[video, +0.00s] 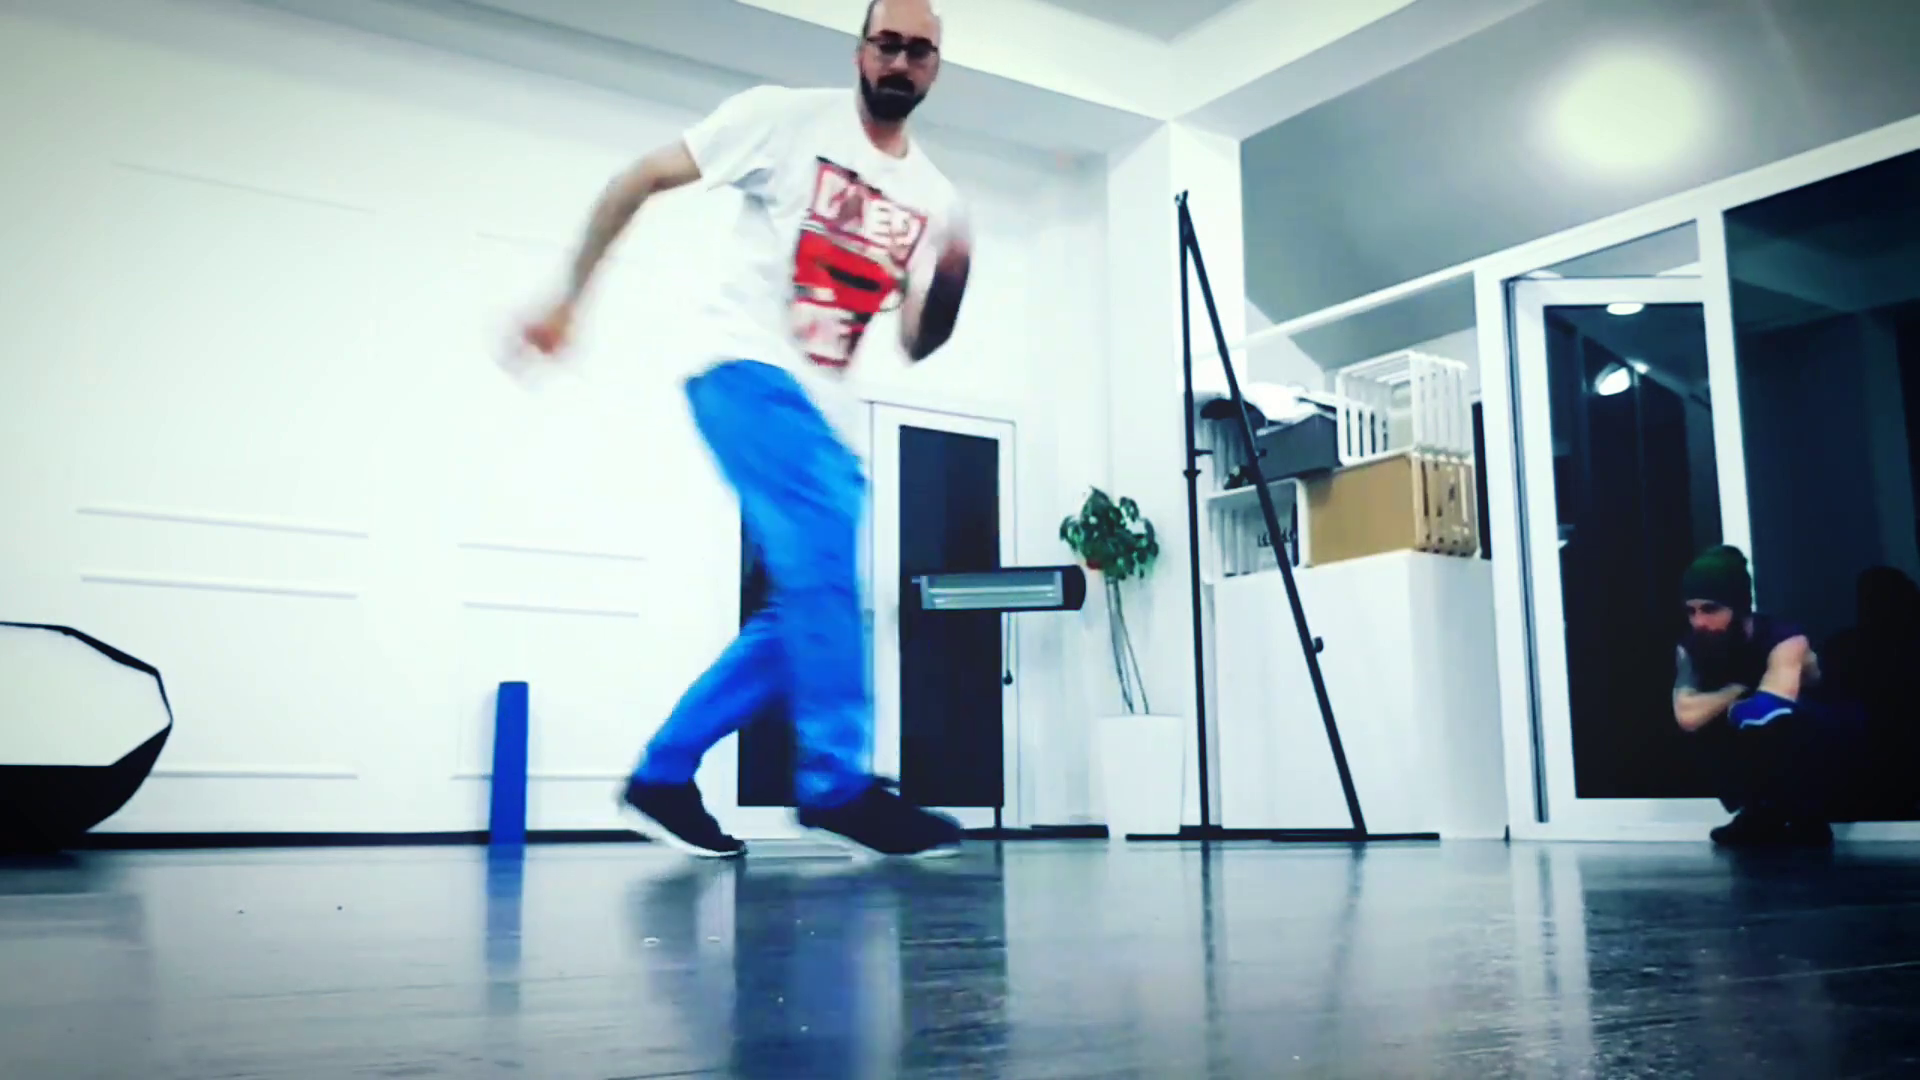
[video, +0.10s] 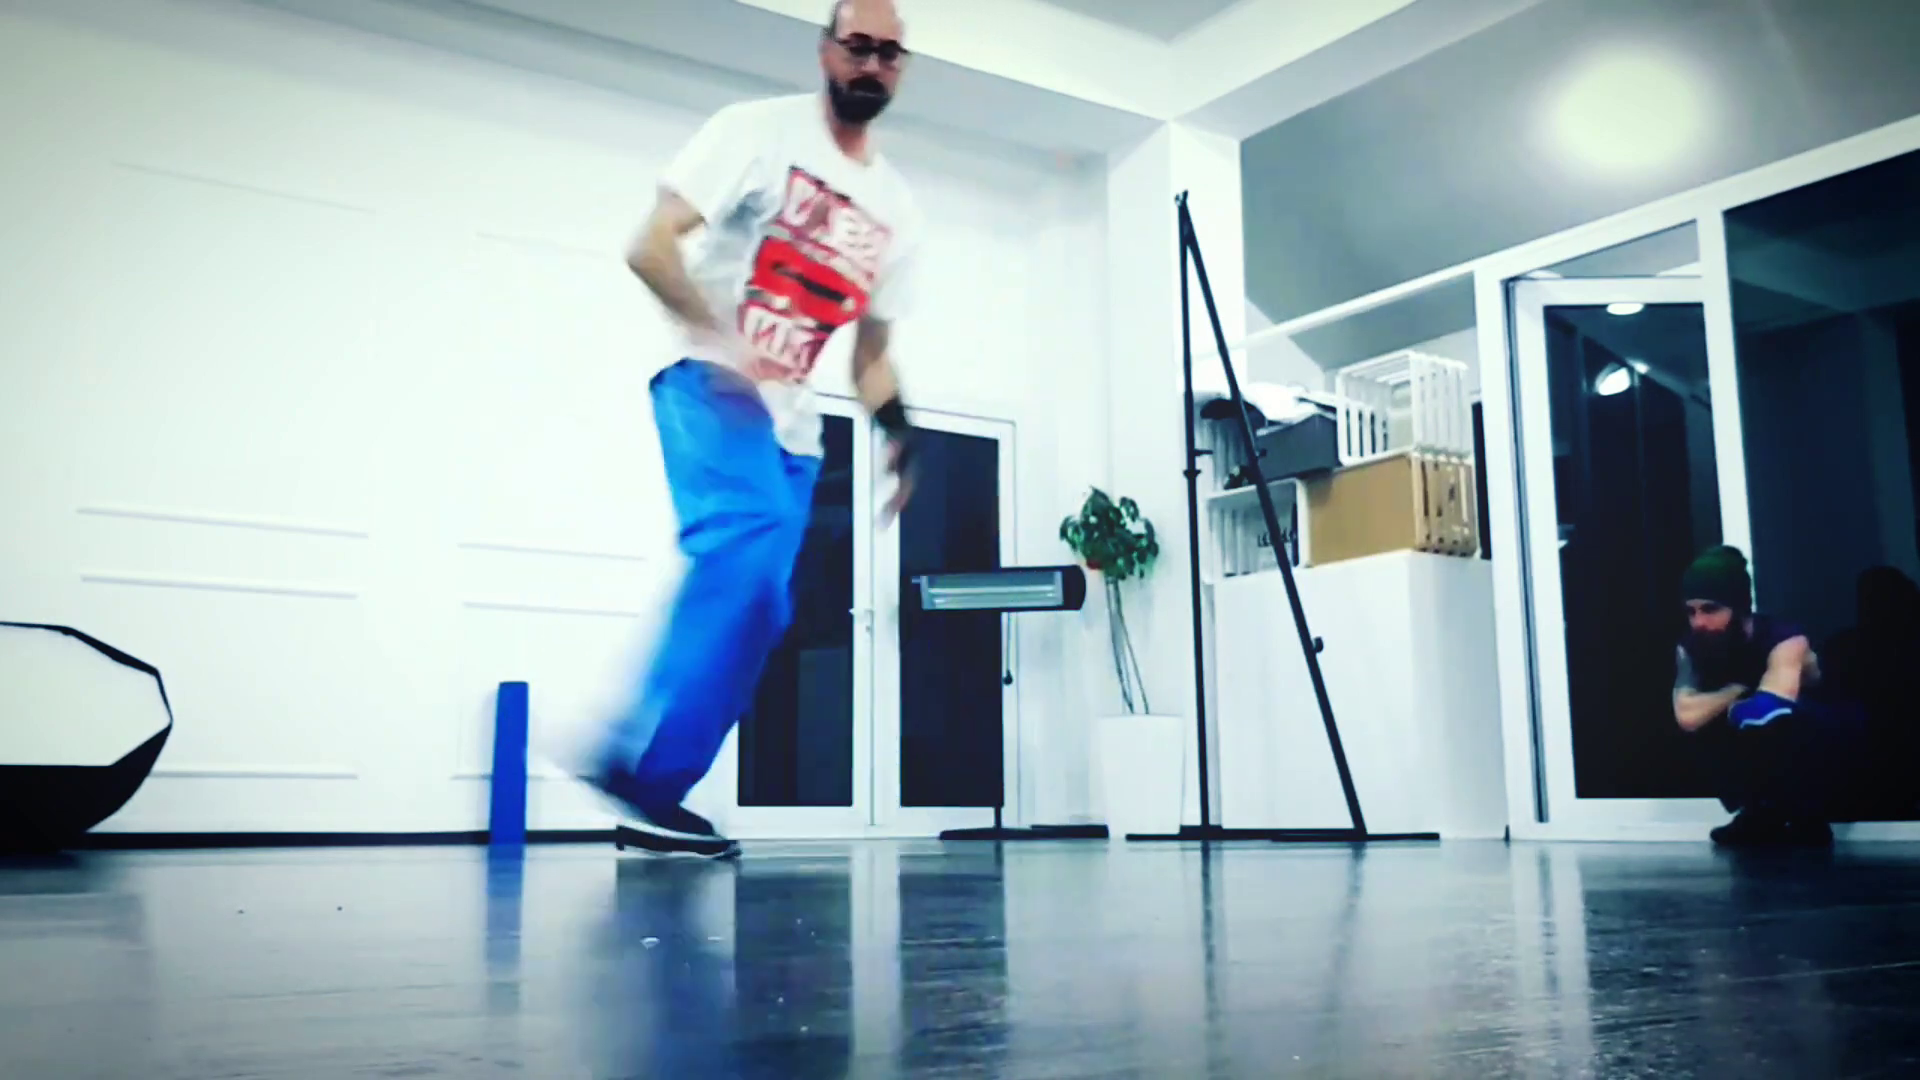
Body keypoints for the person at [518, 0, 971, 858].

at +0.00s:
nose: (898, 63)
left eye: (917, 49)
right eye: (885, 44)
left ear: (939, 63)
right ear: (860, 49)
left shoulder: (933, 198)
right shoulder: (782, 116)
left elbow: (918, 343)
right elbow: (639, 178)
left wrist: (948, 276)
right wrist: (566, 303)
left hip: (820, 392)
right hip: (735, 353)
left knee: (815, 599)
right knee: (823, 506)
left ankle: (664, 774)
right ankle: (836, 780)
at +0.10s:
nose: (874, 66)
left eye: (889, 52)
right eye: (858, 46)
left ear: (903, 66)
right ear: (825, 49)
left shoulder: (894, 208)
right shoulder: (753, 131)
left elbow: (873, 348)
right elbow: (650, 249)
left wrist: (897, 431)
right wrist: (718, 336)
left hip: (794, 417)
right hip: (711, 382)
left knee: (764, 602)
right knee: (746, 541)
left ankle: (654, 792)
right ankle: (632, 762)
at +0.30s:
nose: (797, 31)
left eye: (812, 16)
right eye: (779, 16)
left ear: (829, 28)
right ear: (747, 23)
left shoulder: (845, 167)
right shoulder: (695, 98)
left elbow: (816, 296)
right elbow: (648, 221)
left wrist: (842, 391)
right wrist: (781, 156)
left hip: (774, 394)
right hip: (673, 355)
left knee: (765, 583)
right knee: (696, 503)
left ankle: (648, 769)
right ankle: (580, 653)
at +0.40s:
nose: (761, 41)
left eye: (775, 24)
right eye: (741, 23)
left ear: (792, 36)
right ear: (707, 33)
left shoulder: (825, 175)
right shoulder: (654, 128)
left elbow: (819, 310)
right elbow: (598, 272)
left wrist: (852, 393)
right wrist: (667, 298)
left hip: (757, 405)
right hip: (661, 376)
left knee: (735, 619)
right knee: (684, 530)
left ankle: (640, 795)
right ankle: (678, 776)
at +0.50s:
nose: (703, 26)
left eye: (716, 11)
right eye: (683, 11)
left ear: (735, 19)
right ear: (649, 20)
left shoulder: (792, 134)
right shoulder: (603, 132)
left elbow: (834, 277)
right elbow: (549, 263)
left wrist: (834, 269)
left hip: (768, 387)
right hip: (668, 377)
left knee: (783, 594)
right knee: (717, 523)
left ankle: (665, 768)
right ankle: (696, 783)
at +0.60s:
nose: (669, 21)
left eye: (682, 5)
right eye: (649, 7)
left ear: (702, 13)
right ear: (619, 17)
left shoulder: (772, 119)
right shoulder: (581, 142)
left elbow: (820, 239)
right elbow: (535, 281)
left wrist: (833, 266)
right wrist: (543, 413)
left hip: (786, 394)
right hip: (678, 398)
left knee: (864, 556)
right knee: (705, 565)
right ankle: (650, 800)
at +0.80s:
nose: (645, 6)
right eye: (629, 2)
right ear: (606, 2)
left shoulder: (749, 52)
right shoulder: (577, 68)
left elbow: (825, 163)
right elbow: (542, 200)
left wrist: (895, 165)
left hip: (810, 305)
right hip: (698, 354)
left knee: (960, 400)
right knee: (722, 545)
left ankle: (1110, 555)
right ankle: (711, 780)